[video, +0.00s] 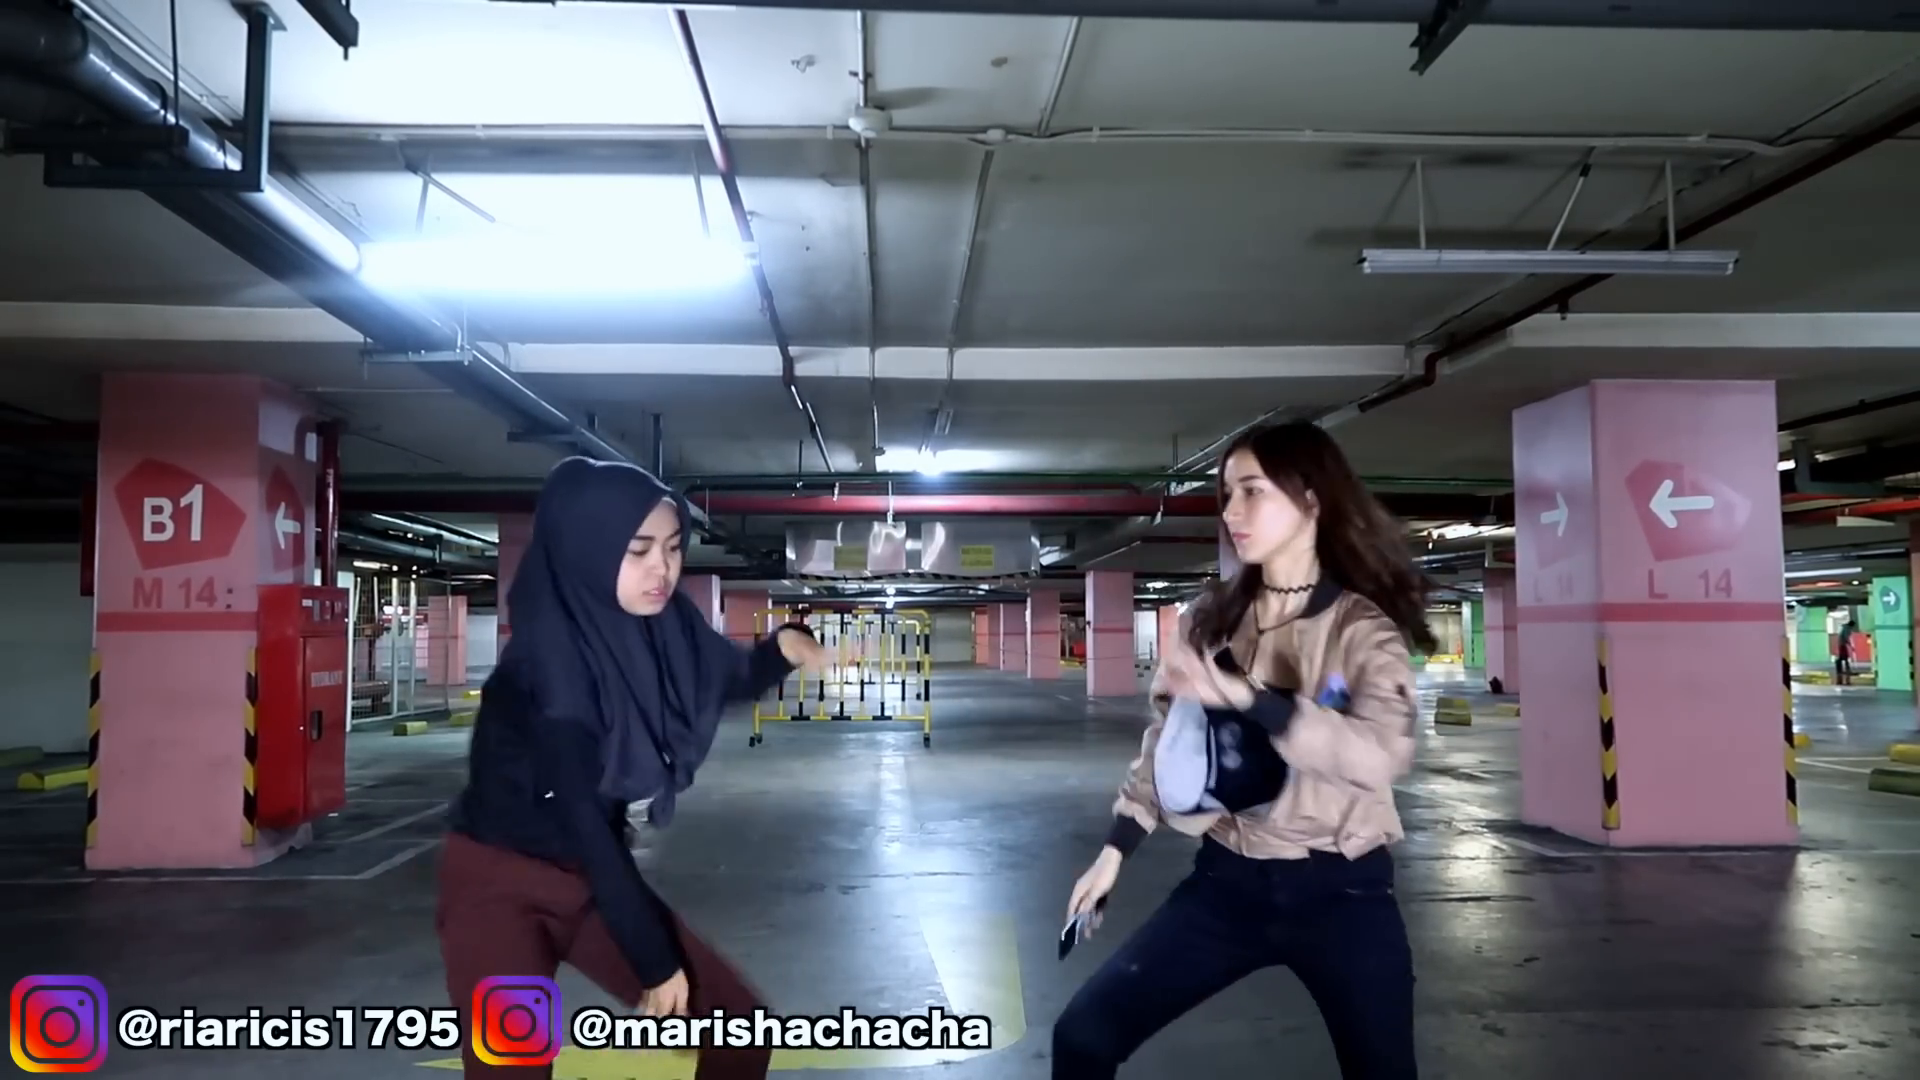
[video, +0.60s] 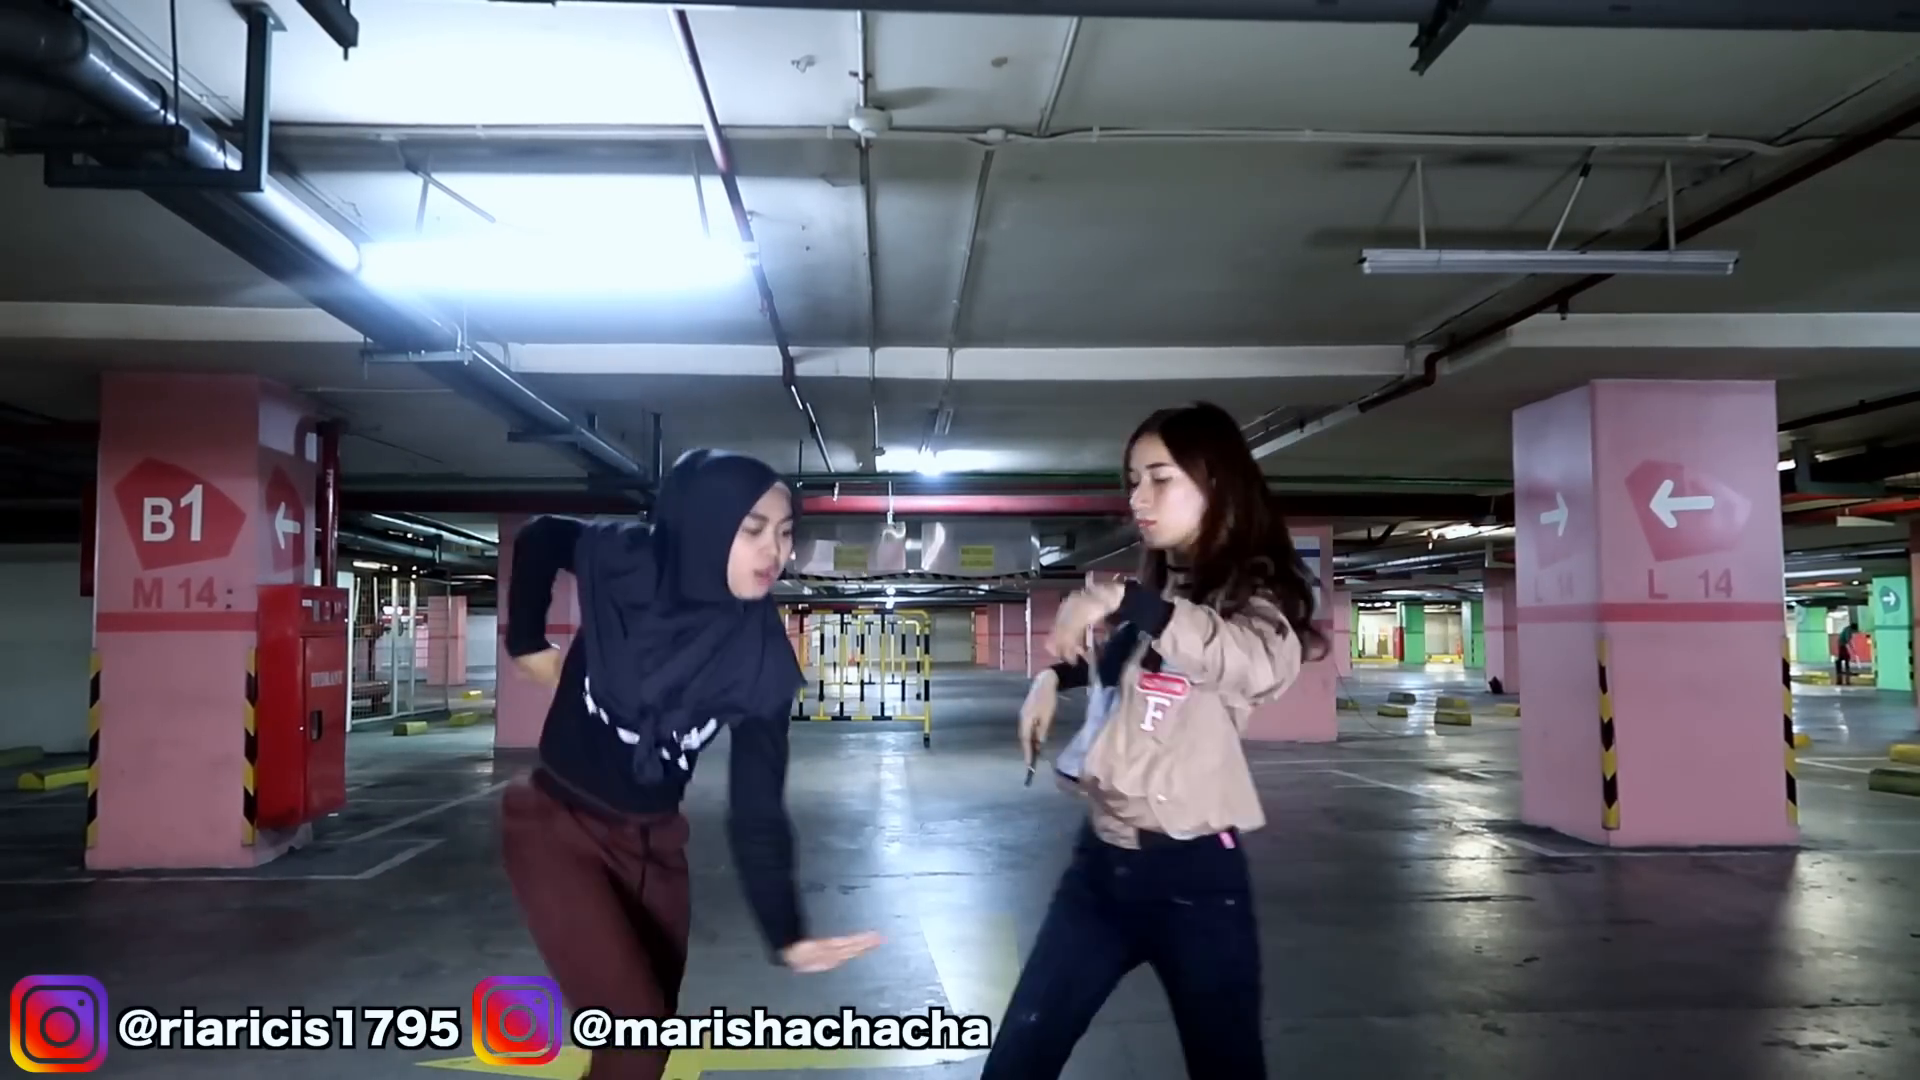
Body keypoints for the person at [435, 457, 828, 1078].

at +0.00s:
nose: (664, 569)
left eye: (672, 547)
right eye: (640, 550)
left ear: (683, 545)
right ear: (587, 551)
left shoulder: (664, 631)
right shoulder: (550, 658)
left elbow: (732, 676)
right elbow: (588, 823)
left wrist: (778, 651)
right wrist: (658, 963)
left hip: (593, 882)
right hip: (498, 887)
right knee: (514, 1061)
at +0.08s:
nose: (679, 571)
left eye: (689, 548)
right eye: (655, 550)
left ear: (700, 548)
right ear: (602, 551)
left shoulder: (688, 644)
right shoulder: (559, 659)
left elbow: (736, 763)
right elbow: (563, 806)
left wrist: (790, 672)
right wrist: (635, 928)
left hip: (632, 861)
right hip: (539, 864)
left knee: (695, 1059)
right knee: (524, 1060)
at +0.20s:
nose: (731, 538)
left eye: (743, 516)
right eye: (708, 519)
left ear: (753, 514)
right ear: (659, 517)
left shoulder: (733, 607)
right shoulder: (586, 571)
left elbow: (714, 735)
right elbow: (523, 684)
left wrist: (744, 826)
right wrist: (596, 786)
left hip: (655, 809)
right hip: (552, 801)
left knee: (675, 1029)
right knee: (571, 1025)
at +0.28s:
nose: (761, 530)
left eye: (772, 509)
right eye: (738, 510)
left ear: (783, 509)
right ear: (688, 505)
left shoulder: (752, 624)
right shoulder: (615, 540)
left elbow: (694, 753)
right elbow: (512, 618)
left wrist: (693, 873)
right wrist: (536, 724)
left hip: (650, 809)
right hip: (550, 782)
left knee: (670, 1004)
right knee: (619, 943)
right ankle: (532, 1060)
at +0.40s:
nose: (775, 564)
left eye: (784, 544)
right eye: (754, 542)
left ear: (792, 549)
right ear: (704, 542)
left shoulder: (766, 663)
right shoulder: (624, 577)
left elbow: (707, 798)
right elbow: (535, 592)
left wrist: (685, 939)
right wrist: (495, 695)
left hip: (658, 840)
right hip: (552, 813)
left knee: (679, 1058)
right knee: (650, 866)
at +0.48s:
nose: (780, 548)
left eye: (788, 529)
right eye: (759, 526)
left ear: (794, 533)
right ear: (708, 524)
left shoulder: (759, 653)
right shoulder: (626, 561)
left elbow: (713, 785)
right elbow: (544, 567)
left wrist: (696, 919)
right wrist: (528, 680)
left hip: (659, 826)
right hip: (554, 799)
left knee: (653, 1037)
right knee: (648, 892)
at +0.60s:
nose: (777, 552)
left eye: (785, 532)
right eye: (756, 529)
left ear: (791, 537)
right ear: (704, 527)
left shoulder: (762, 659)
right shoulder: (624, 555)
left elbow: (757, 810)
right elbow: (541, 537)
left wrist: (787, 937)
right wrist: (526, 643)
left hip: (655, 845)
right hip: (555, 822)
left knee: (641, 1040)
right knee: (636, 1035)